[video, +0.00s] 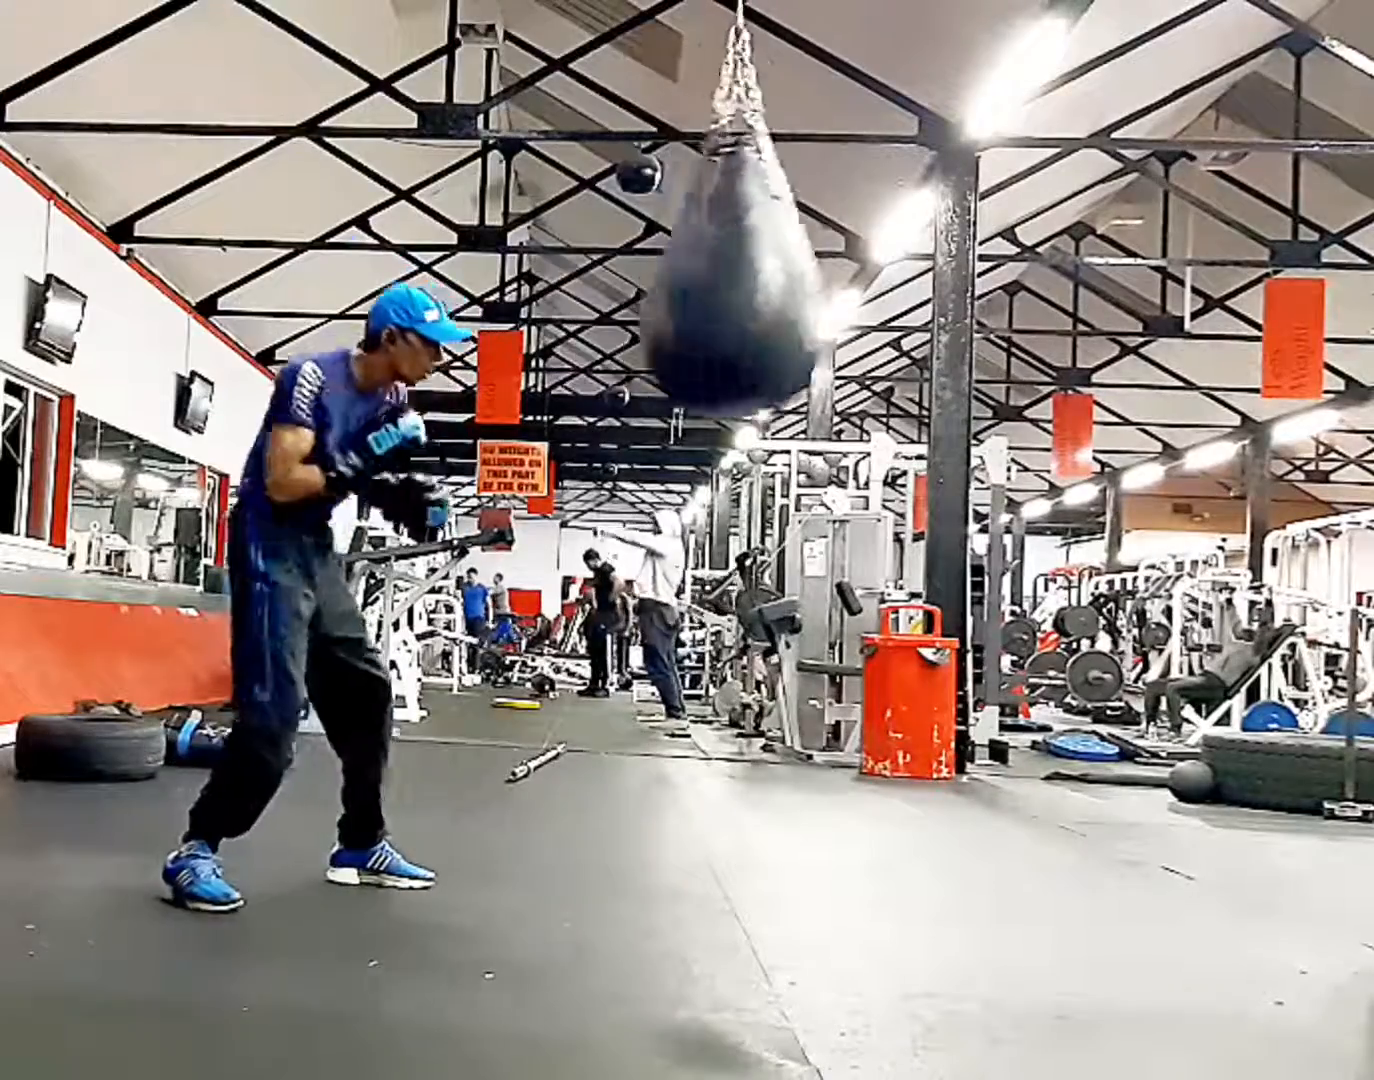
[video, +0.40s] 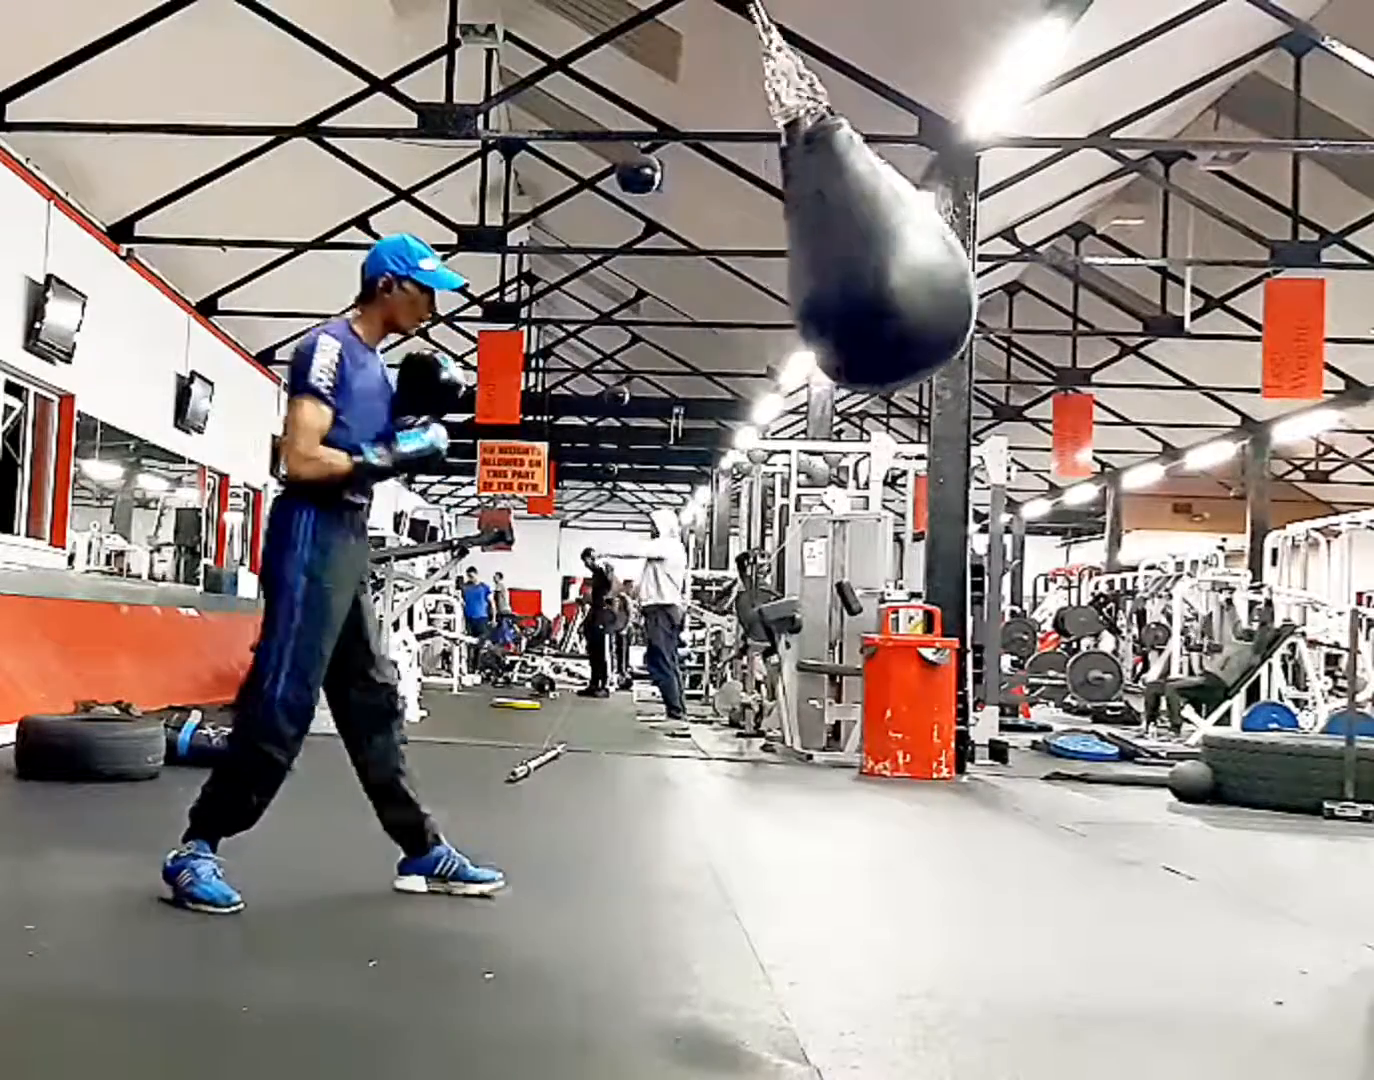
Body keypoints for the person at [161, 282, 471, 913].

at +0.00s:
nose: (436, 362)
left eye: (440, 352)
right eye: (430, 349)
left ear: (405, 345)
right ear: (393, 338)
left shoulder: (390, 407)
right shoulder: (309, 377)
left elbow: (360, 479)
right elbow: (282, 483)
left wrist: (400, 502)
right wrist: (367, 464)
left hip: (319, 561)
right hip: (268, 558)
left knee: (366, 694)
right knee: (270, 722)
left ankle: (361, 845)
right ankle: (193, 851)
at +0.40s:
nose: (433, 309)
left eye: (435, 298)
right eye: (426, 295)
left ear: (395, 292)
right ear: (389, 288)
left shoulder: (374, 366)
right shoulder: (328, 347)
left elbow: (345, 456)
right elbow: (297, 459)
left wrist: (405, 435)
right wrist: (383, 455)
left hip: (344, 537)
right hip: (311, 534)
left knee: (368, 700)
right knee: (281, 703)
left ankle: (422, 851)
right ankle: (194, 850)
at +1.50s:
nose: (516, 387)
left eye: (520, 376)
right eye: (511, 372)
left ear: (479, 369)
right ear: (479, 362)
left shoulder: (440, 417)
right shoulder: (435, 372)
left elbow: (400, 521)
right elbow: (415, 410)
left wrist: (460, 497)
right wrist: (472, 445)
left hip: (361, 545)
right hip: (335, 534)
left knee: (403, 691)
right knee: (303, 717)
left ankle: (425, 850)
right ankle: (183, 846)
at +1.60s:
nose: (508, 381)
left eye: (511, 370)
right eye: (501, 366)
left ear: (476, 367)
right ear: (467, 358)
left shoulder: (435, 417)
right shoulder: (414, 379)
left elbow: (399, 513)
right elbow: (367, 429)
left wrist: (461, 502)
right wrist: (432, 463)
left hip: (356, 555)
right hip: (320, 546)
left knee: (405, 695)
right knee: (296, 732)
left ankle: (425, 852)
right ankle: (182, 851)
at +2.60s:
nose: (402, 311)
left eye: (405, 300)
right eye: (391, 297)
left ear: (396, 302)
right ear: (352, 294)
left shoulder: (404, 358)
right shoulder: (292, 365)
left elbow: (486, 396)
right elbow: (295, 471)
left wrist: (509, 440)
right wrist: (356, 414)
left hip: (387, 552)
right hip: (319, 554)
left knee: (435, 694)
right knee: (279, 707)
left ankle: (427, 851)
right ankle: (198, 850)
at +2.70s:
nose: (394, 337)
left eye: (400, 326)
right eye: (385, 323)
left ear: (400, 323)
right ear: (347, 313)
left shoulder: (399, 372)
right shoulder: (289, 370)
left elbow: (462, 432)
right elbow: (281, 479)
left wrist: (487, 488)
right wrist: (343, 430)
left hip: (370, 556)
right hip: (305, 558)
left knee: (433, 695)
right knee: (277, 712)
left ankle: (426, 853)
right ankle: (196, 852)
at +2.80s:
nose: (404, 351)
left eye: (409, 339)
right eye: (395, 337)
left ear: (403, 338)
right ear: (356, 329)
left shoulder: (398, 391)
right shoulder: (291, 378)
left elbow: (439, 452)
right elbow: (276, 486)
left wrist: (455, 502)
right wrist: (344, 443)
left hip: (362, 564)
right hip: (299, 565)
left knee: (433, 697)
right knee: (279, 717)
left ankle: (426, 852)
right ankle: (195, 854)